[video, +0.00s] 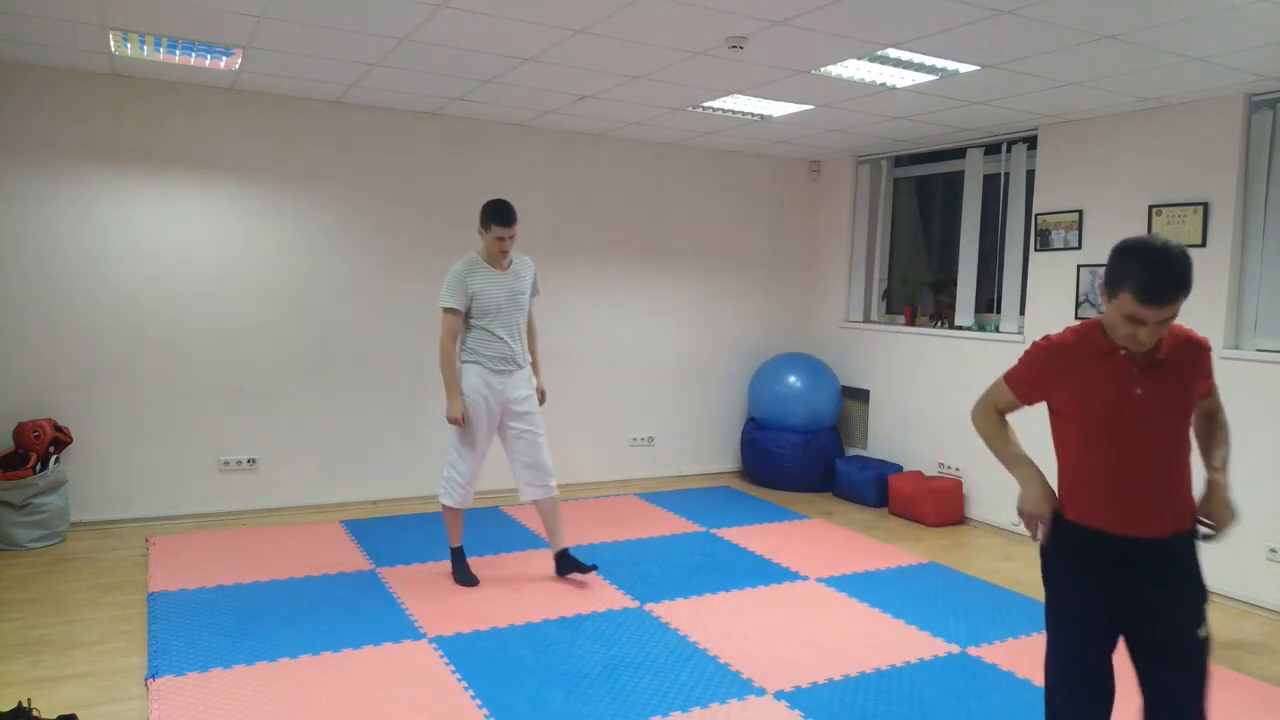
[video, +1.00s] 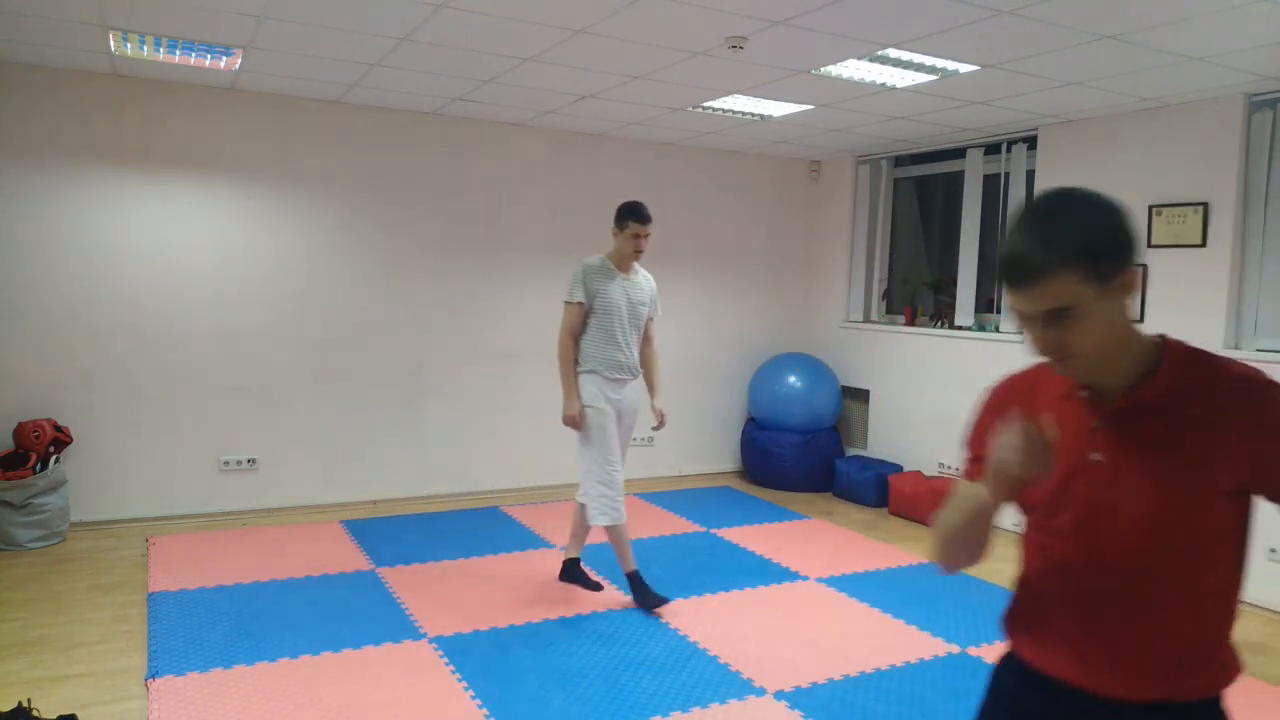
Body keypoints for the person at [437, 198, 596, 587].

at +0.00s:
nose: (507, 246)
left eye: (512, 238)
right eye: (500, 239)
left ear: (517, 234)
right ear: (482, 233)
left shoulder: (524, 267)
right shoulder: (463, 273)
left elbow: (528, 323)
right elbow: (448, 339)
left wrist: (536, 374)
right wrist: (453, 396)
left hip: (519, 380)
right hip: (477, 380)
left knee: (537, 465)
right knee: (463, 468)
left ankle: (562, 554)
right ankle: (457, 555)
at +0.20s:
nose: (537, 246)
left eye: (542, 239)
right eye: (530, 239)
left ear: (547, 237)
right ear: (513, 234)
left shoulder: (554, 274)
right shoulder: (491, 272)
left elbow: (554, 330)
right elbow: (470, 332)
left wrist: (556, 380)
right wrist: (464, 391)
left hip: (541, 384)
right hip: (497, 383)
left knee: (562, 469)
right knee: (478, 470)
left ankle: (569, 563)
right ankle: (460, 558)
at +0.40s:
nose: (571, 243)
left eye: (577, 236)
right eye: (565, 236)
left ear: (581, 236)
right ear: (548, 232)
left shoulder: (586, 278)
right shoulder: (523, 269)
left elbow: (589, 335)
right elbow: (499, 327)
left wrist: (599, 392)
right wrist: (496, 386)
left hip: (570, 384)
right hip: (526, 383)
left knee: (580, 474)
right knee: (506, 470)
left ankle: (570, 564)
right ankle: (471, 553)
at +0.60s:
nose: (598, 241)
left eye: (603, 234)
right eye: (591, 233)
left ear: (608, 233)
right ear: (574, 229)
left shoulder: (612, 277)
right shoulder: (547, 266)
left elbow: (624, 337)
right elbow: (525, 324)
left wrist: (639, 392)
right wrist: (532, 378)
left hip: (586, 382)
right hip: (548, 379)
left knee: (586, 472)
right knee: (539, 471)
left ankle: (570, 563)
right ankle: (505, 554)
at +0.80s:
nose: (620, 242)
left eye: (625, 235)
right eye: (614, 234)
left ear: (630, 235)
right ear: (596, 230)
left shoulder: (629, 279)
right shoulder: (570, 267)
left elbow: (641, 337)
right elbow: (545, 325)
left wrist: (659, 387)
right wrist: (553, 381)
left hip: (605, 383)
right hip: (568, 381)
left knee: (595, 472)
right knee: (573, 470)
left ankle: (573, 559)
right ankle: (574, 563)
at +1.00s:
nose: (642, 244)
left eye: (647, 238)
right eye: (636, 237)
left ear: (649, 237)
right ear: (616, 232)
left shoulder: (646, 282)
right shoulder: (589, 273)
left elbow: (647, 343)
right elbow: (567, 335)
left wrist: (654, 396)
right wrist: (570, 396)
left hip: (630, 387)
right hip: (594, 386)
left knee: (602, 477)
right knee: (609, 478)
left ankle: (572, 561)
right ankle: (635, 579)